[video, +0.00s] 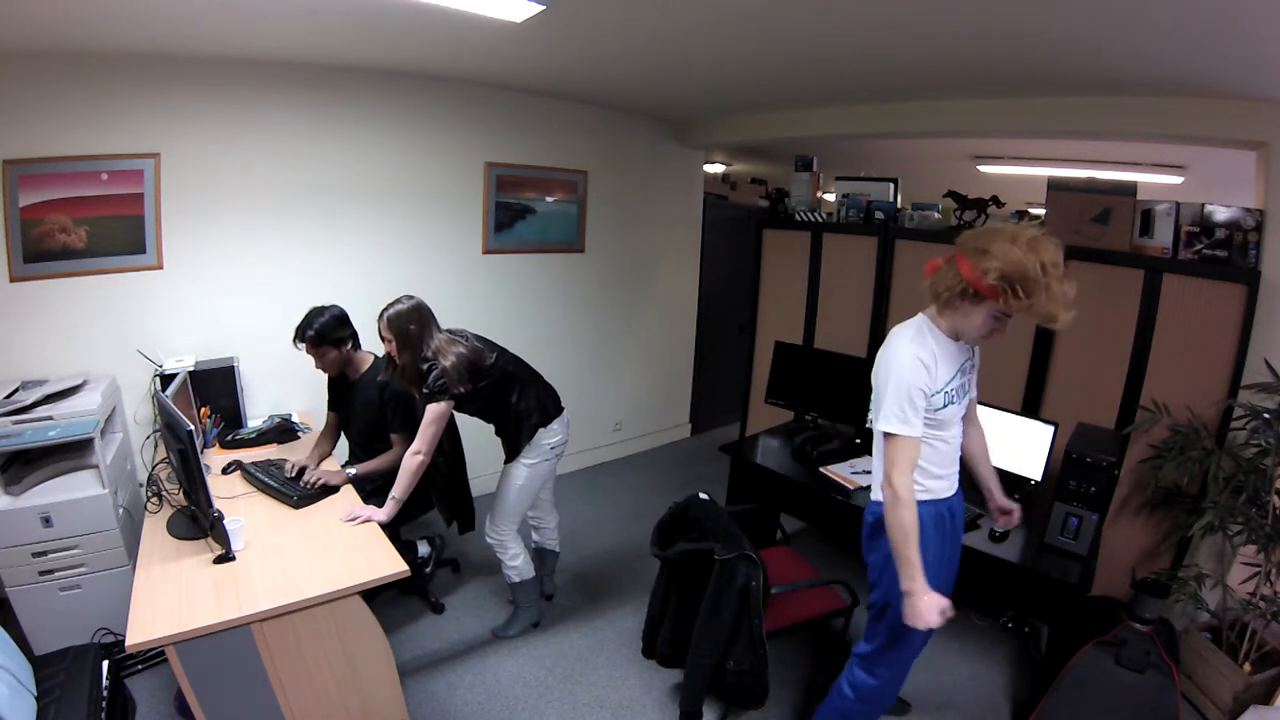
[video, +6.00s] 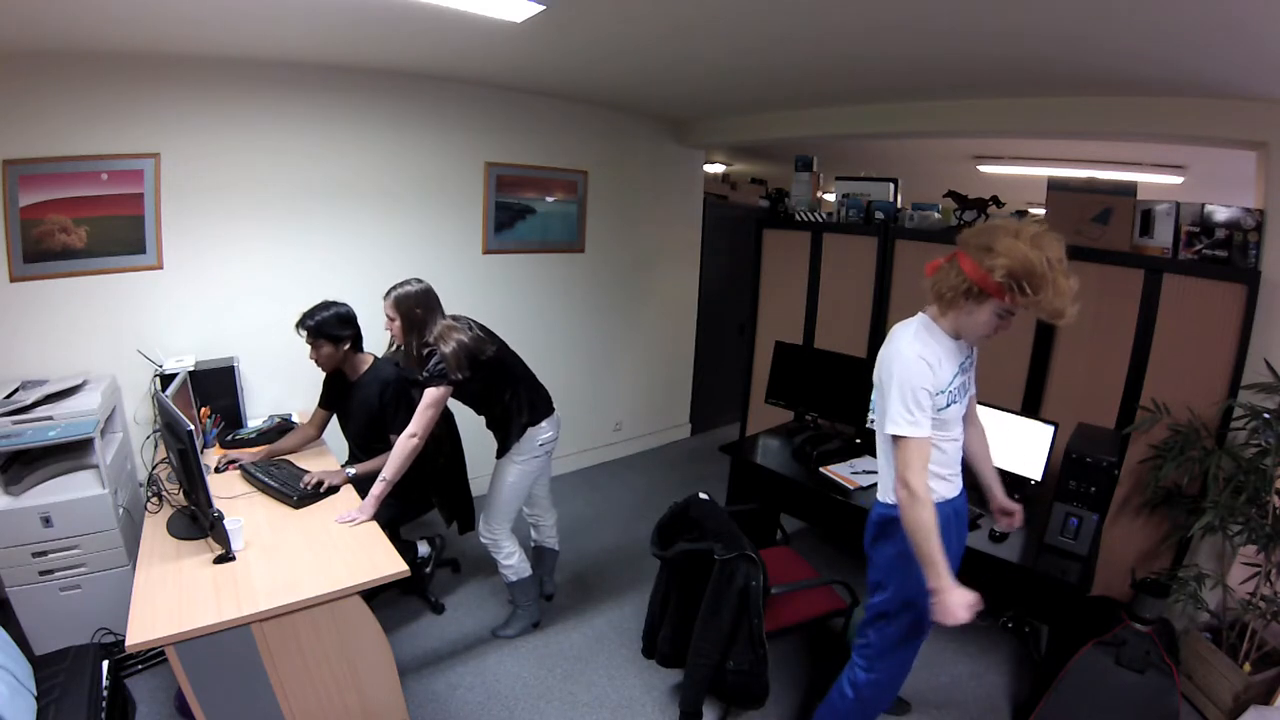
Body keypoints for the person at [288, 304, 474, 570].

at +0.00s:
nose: (316, 364)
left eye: (320, 355)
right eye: (312, 356)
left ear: (346, 345)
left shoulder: (389, 382)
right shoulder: (339, 376)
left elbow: (403, 450)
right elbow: (332, 429)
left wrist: (347, 474)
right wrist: (311, 459)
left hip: (406, 477)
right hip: (364, 474)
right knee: (320, 513)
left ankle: (419, 552)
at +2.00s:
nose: (318, 363)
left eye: (322, 355)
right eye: (315, 356)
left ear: (349, 346)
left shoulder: (389, 381)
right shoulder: (339, 374)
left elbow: (403, 451)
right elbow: (330, 424)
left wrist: (346, 473)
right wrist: (303, 453)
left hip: (402, 477)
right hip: (362, 473)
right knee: (317, 512)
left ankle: (419, 553)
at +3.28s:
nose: (319, 357)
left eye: (325, 348)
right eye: (316, 350)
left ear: (352, 343)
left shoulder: (390, 380)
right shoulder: (338, 375)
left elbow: (404, 451)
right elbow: (317, 423)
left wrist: (346, 473)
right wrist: (268, 449)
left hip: (403, 480)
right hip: (362, 475)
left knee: (341, 528)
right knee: (314, 513)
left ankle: (417, 552)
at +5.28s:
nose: (312, 356)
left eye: (317, 348)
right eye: (310, 348)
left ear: (344, 345)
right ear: (336, 347)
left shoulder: (389, 381)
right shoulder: (337, 378)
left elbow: (405, 448)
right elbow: (312, 428)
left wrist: (346, 473)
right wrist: (261, 452)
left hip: (413, 477)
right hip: (372, 470)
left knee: (352, 530)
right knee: (322, 513)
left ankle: (417, 554)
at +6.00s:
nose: (312, 355)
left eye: (317, 346)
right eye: (311, 346)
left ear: (343, 344)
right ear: (336, 346)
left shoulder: (389, 381)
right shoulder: (337, 377)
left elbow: (405, 449)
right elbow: (312, 429)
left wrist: (347, 473)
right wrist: (259, 453)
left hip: (413, 477)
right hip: (371, 471)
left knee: (351, 531)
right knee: (321, 514)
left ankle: (418, 554)